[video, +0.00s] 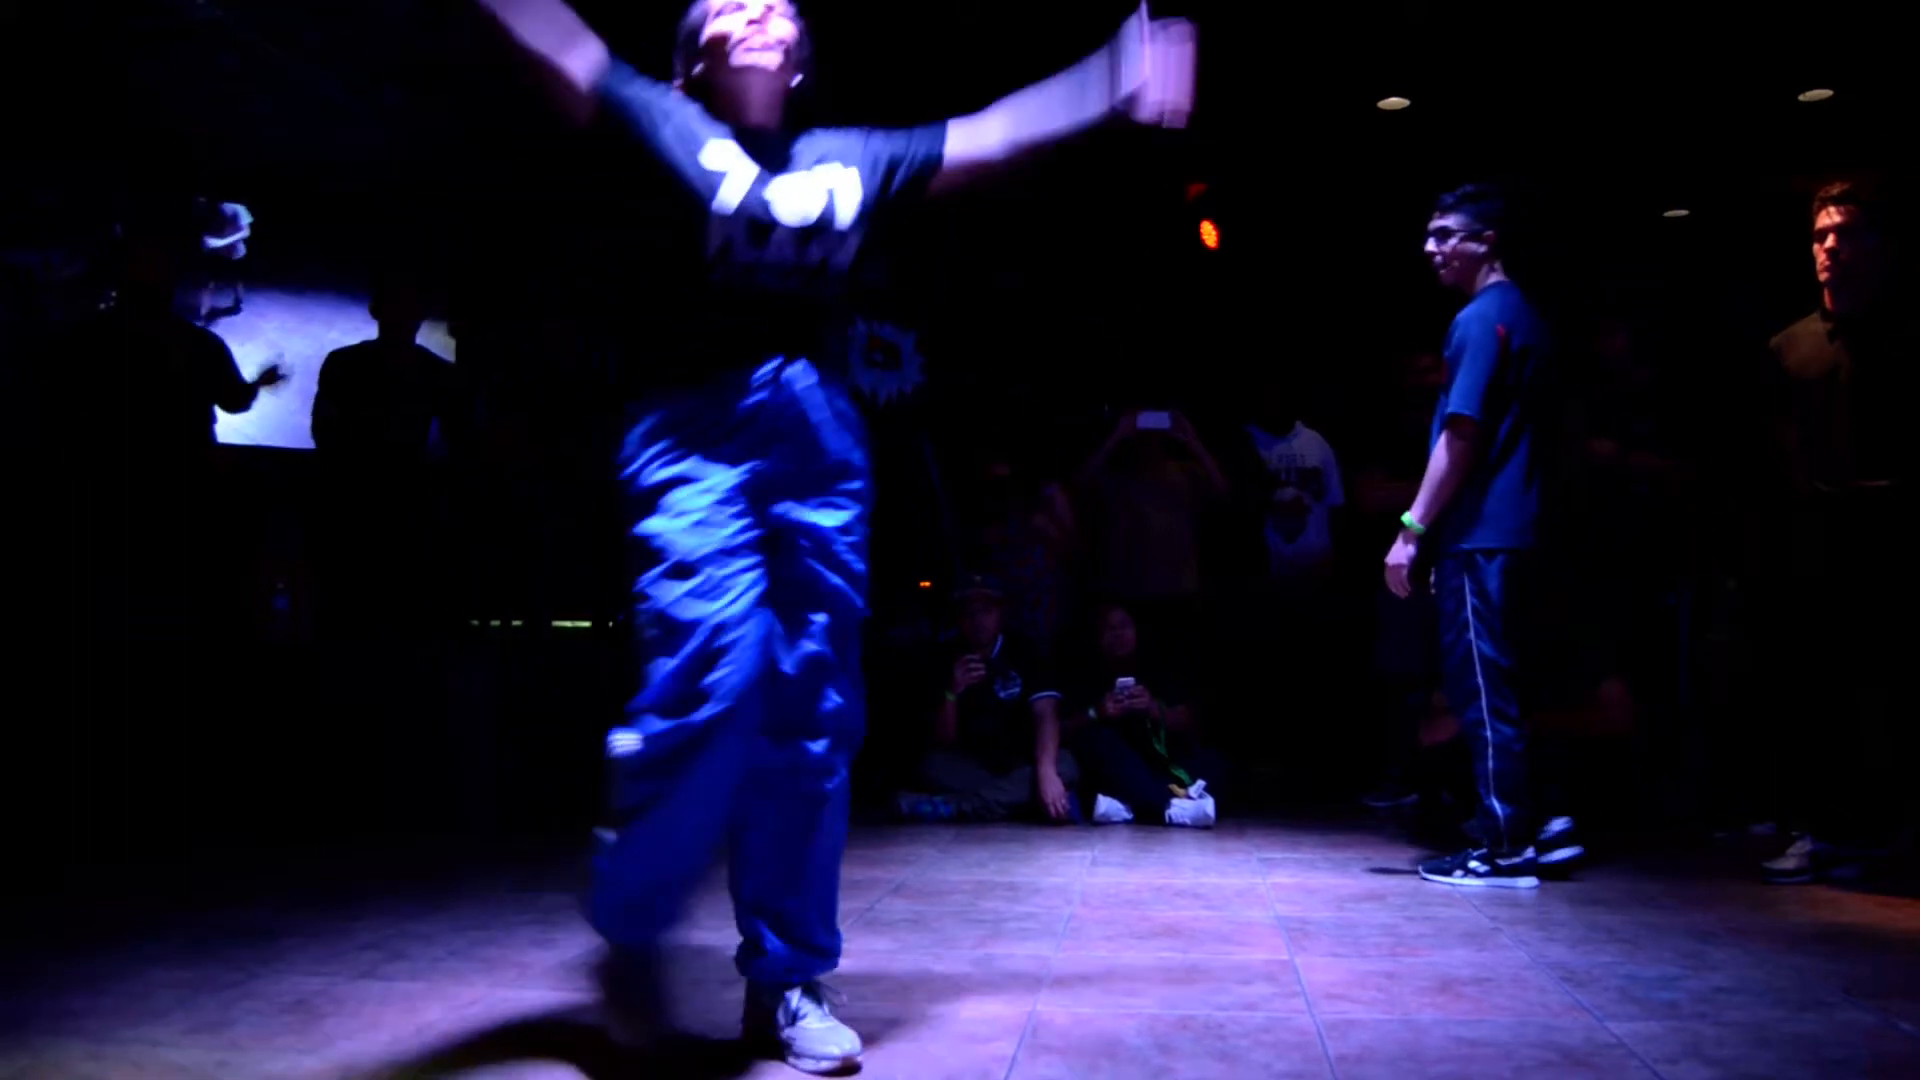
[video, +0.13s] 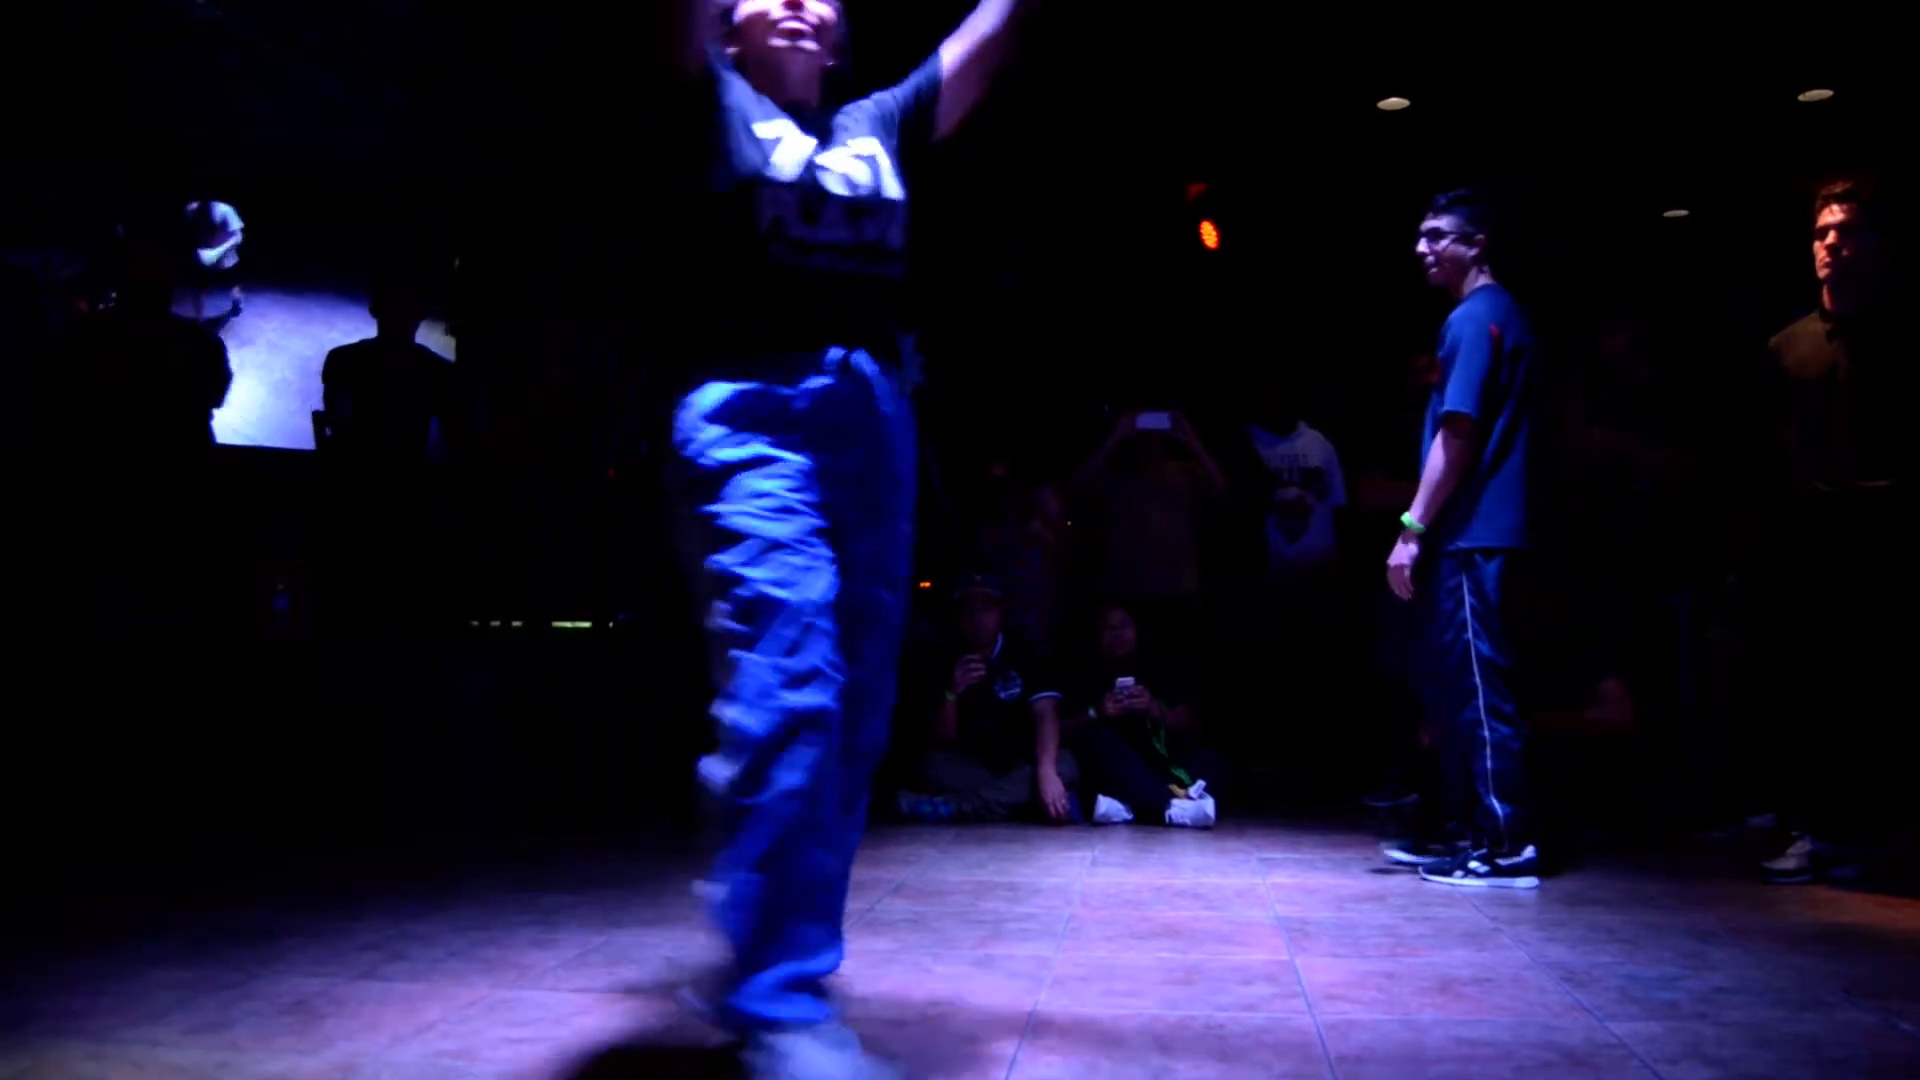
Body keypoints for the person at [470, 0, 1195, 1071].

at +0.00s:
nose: (756, 20)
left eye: (772, 11)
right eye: (734, 13)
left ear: (799, 50)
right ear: (699, 54)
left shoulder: (856, 152)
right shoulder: (657, 116)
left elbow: (992, 130)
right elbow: (541, 30)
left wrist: (1109, 80)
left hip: (821, 447)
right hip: (688, 443)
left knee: (810, 708)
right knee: (716, 672)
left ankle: (790, 978)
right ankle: (627, 935)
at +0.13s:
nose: (808, 15)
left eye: (817, 5)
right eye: (781, 6)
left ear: (836, 35)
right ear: (736, 38)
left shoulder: (880, 124)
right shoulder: (718, 109)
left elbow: (994, 23)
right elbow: (688, 24)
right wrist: (746, 13)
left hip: (870, 412)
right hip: (748, 409)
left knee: (855, 698)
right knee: (796, 674)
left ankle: (793, 980)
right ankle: (771, 994)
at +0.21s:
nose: (855, 18)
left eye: (863, 7)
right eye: (829, 3)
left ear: (869, 35)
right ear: (775, 25)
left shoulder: (899, 125)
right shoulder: (738, 112)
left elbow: (980, 15)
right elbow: (738, 24)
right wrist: (779, 10)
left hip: (903, 419)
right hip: (793, 415)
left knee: (879, 705)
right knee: (834, 696)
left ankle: (788, 983)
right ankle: (864, 1019)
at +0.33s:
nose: (911, 27)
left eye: (916, 16)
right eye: (887, 13)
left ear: (918, 36)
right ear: (828, 28)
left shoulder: (942, 128)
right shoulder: (798, 118)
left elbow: (1057, 35)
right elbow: (764, 23)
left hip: (946, 429)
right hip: (842, 427)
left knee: (967, 721)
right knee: (935, 700)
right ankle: (908, 1020)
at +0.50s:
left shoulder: (993, 104)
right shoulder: (889, 100)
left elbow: (1135, 134)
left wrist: (1279, 58)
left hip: (1009, 460)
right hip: (905, 462)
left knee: (1110, 702)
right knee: (939, 739)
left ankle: (966, 949)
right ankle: (904, 1039)